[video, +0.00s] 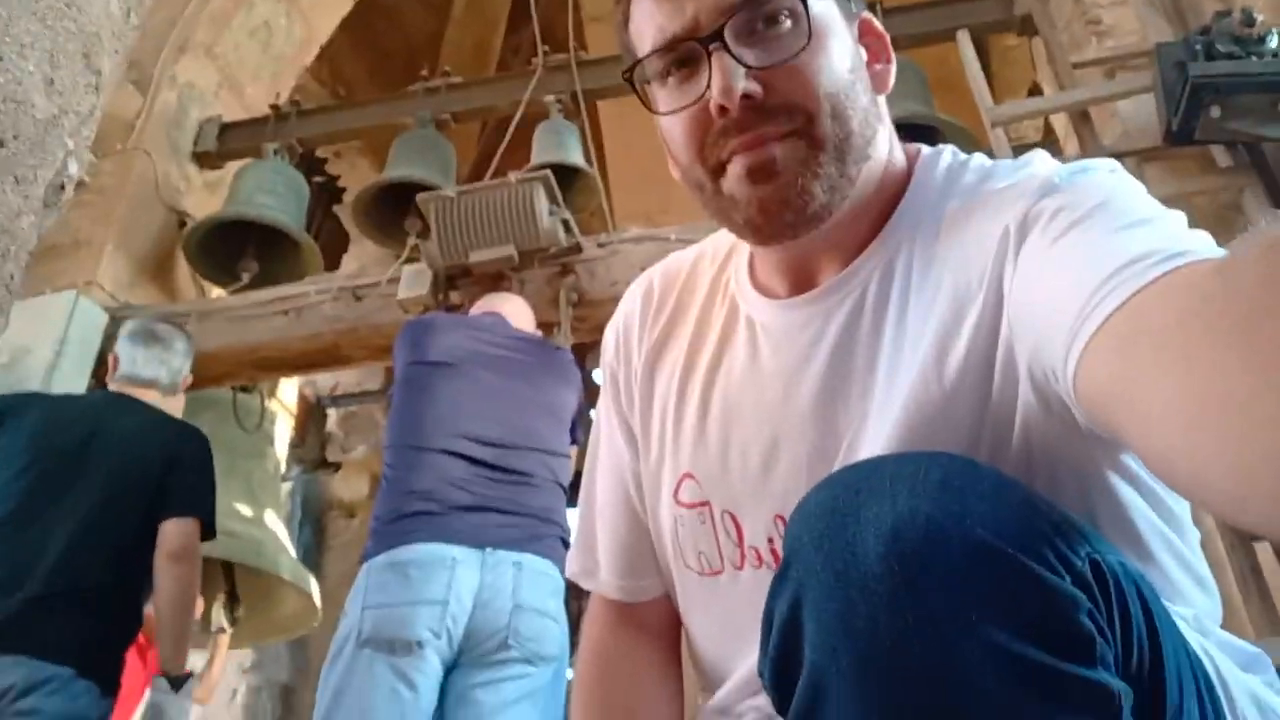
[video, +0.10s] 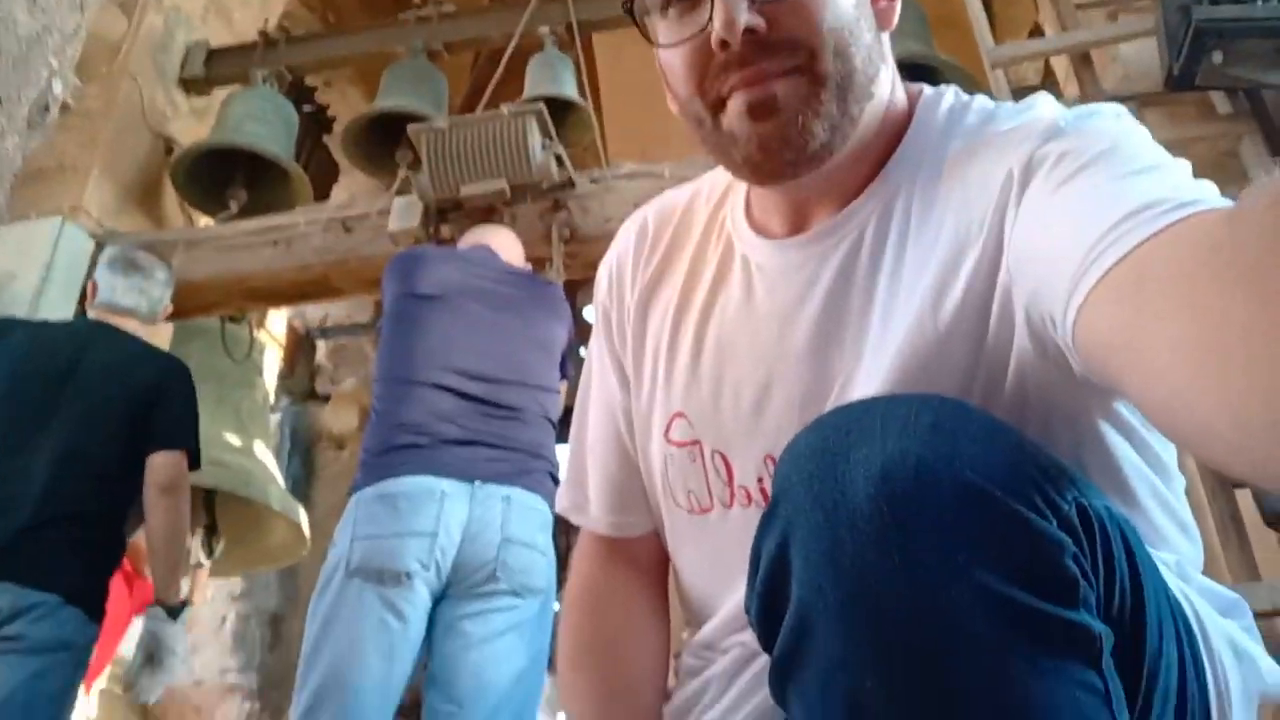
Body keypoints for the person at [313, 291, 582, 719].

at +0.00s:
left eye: (468, 307)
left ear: (467, 314)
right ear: (538, 336)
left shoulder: (418, 335)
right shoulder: (565, 369)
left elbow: (402, 414)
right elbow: (567, 453)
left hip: (410, 569)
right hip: (534, 582)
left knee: (367, 710)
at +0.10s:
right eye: (525, 260)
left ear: (454, 248)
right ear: (525, 268)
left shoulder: (407, 269)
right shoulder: (553, 302)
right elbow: (553, 397)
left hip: (400, 499)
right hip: (521, 514)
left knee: (339, 706)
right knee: (487, 710)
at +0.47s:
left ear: (422, 176)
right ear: (496, 193)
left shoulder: (376, 195)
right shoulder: (527, 231)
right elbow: (530, 332)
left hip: (381, 431)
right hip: (500, 445)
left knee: (314, 694)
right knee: (454, 690)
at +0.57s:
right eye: (493, 143)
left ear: (426, 139)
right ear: (500, 154)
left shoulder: (380, 160)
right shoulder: (531, 195)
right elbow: (534, 303)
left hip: (387, 401)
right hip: (507, 410)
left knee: (322, 669)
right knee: (463, 657)